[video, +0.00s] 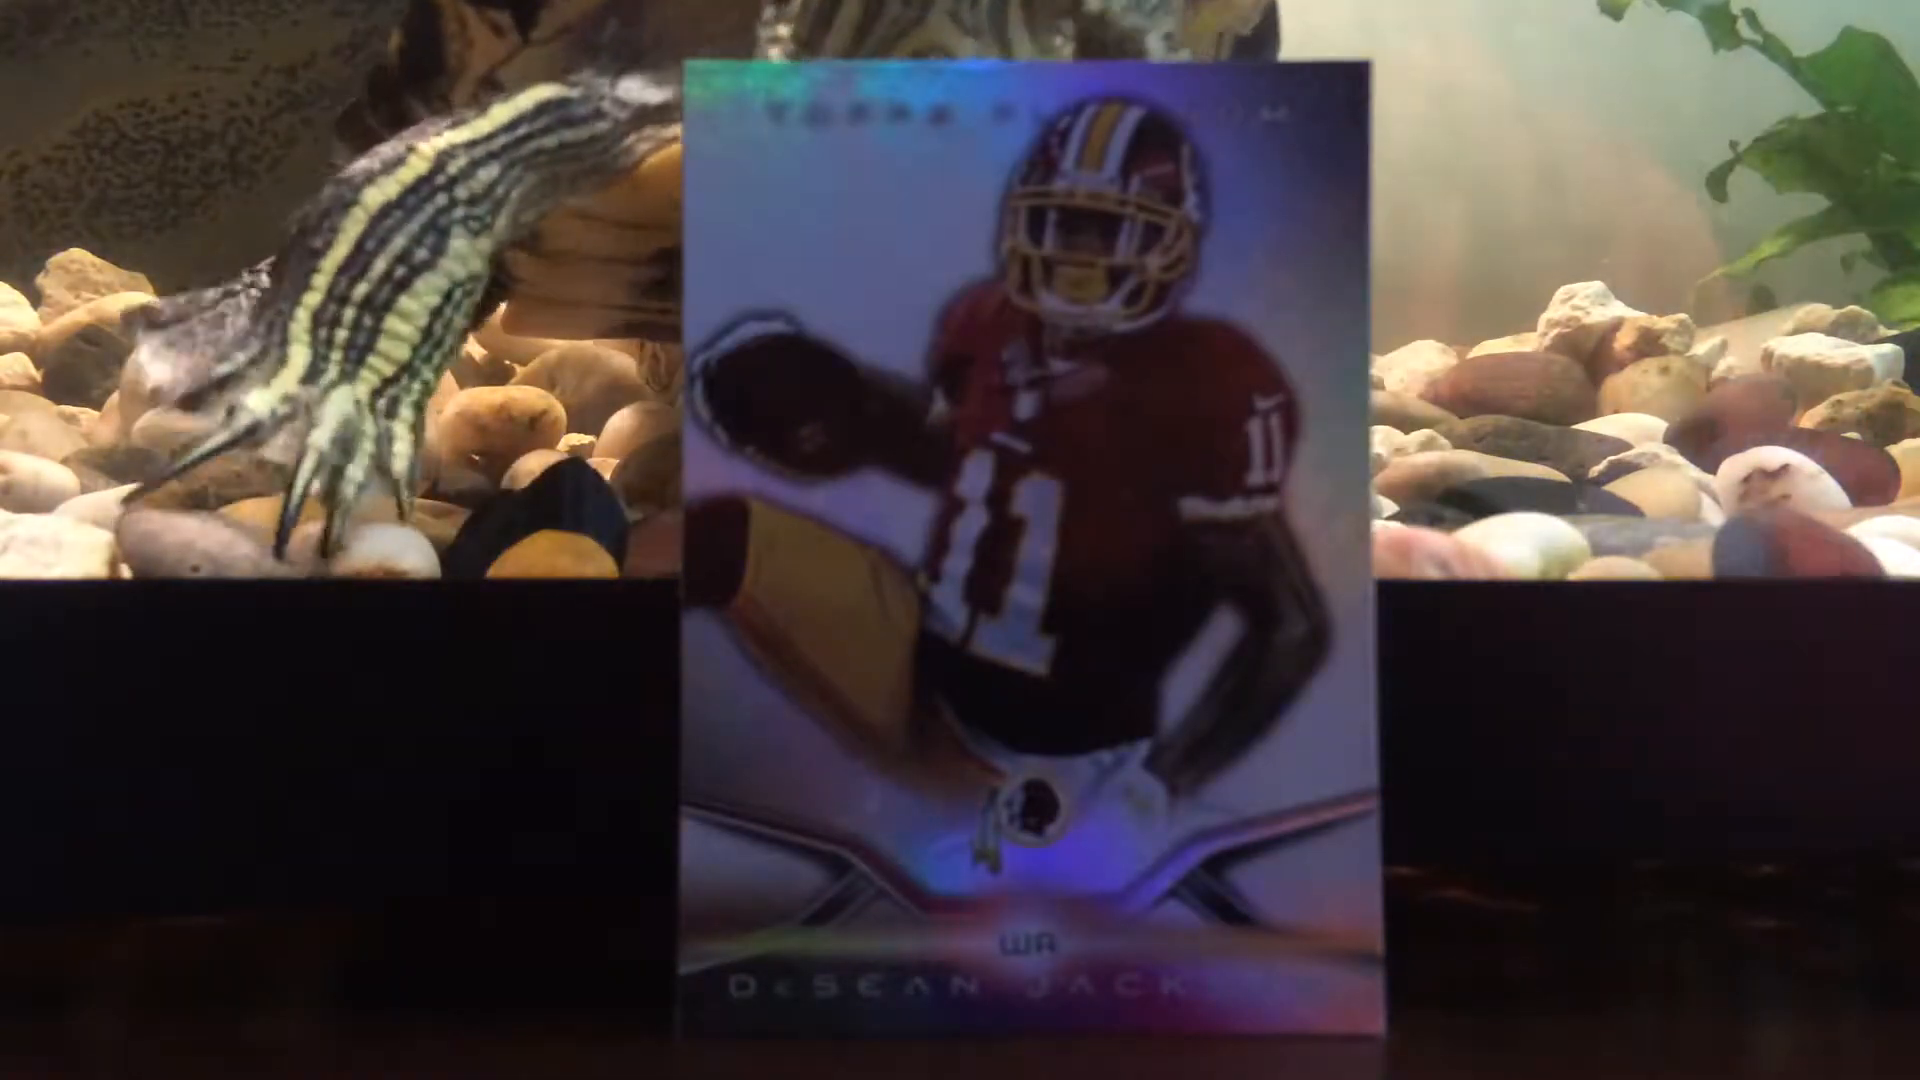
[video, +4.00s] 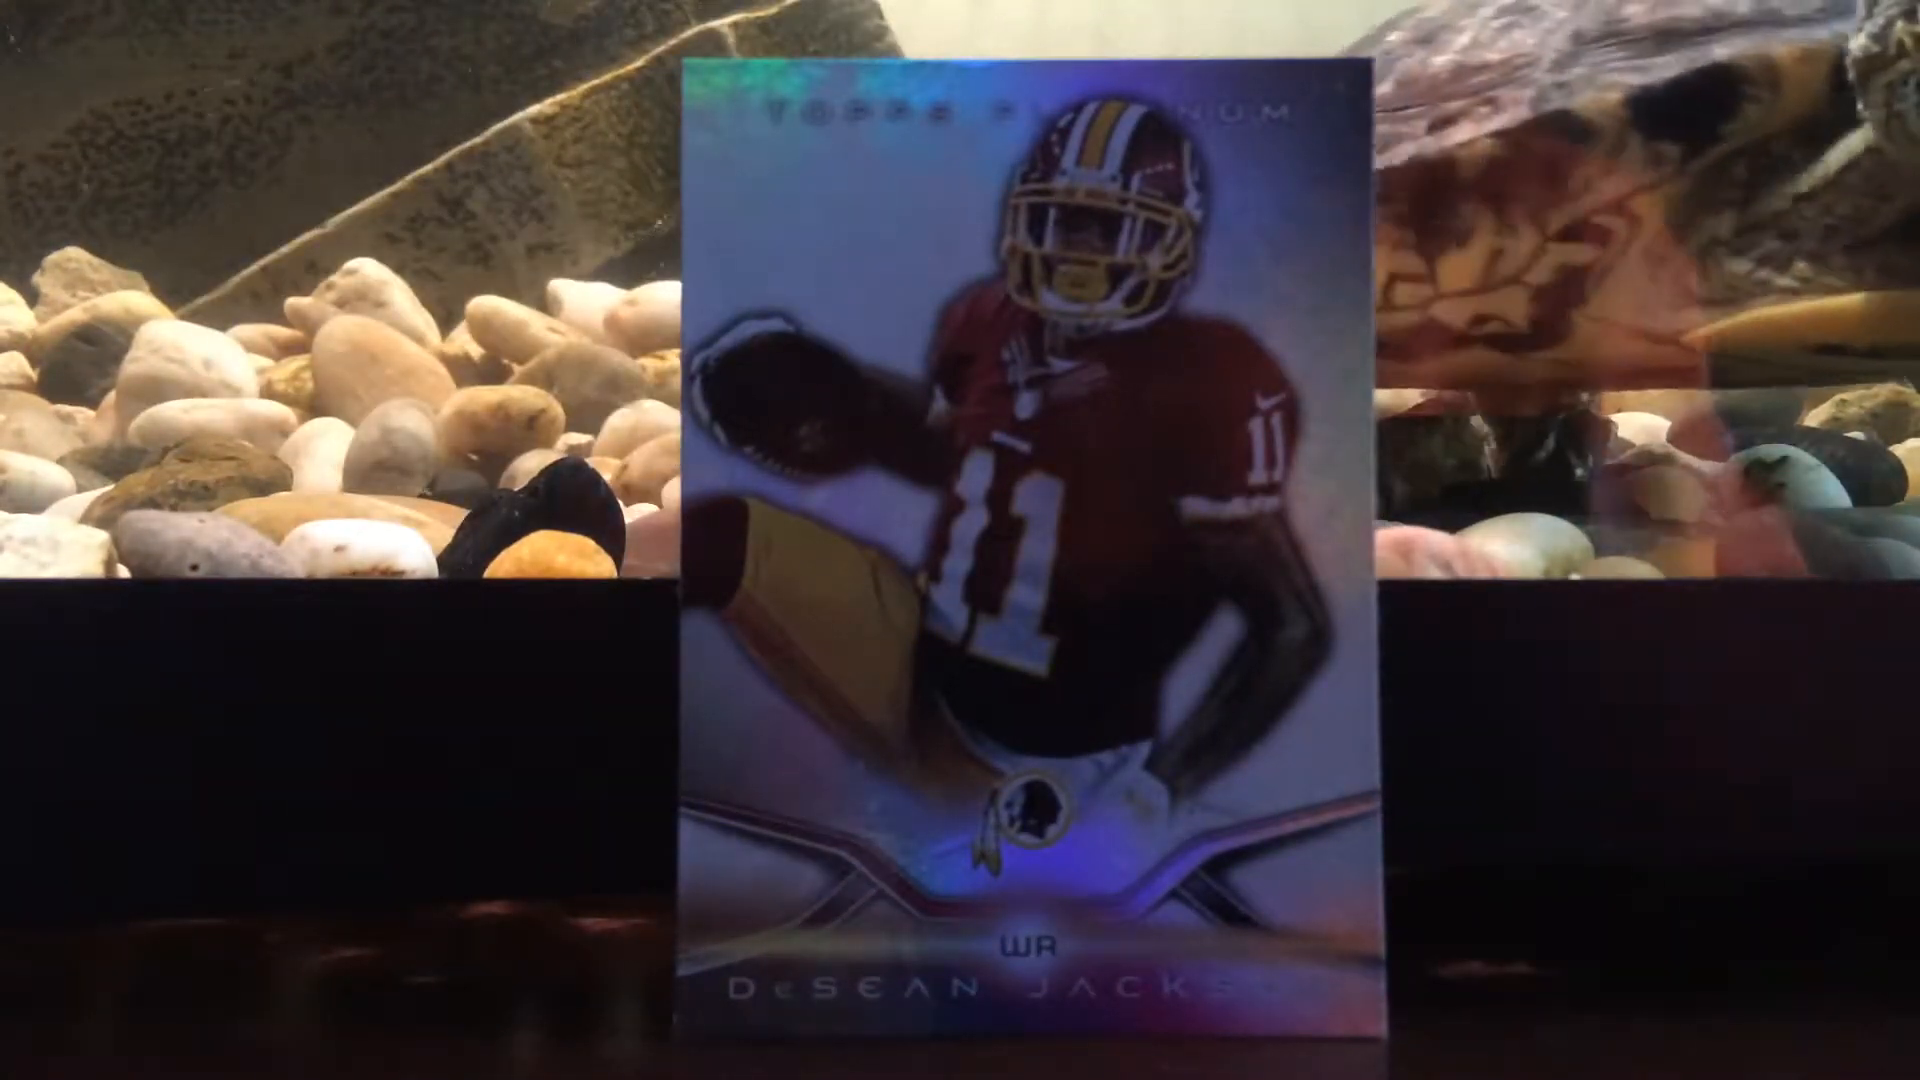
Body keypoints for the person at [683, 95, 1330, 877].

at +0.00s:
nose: (1080, 257)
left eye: (1114, 232)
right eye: (1061, 225)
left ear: (1176, 246)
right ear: (1021, 227)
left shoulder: (1213, 388)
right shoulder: (981, 327)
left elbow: (1292, 628)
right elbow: (959, 460)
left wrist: (1157, 787)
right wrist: (858, 416)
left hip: (1079, 749)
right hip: (929, 675)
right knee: (718, 538)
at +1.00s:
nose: (1079, 259)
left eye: (1114, 233)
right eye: (1060, 225)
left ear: (1175, 247)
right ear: (1020, 228)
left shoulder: (1216, 389)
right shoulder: (980, 327)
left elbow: (1293, 629)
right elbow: (957, 459)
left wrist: (1155, 789)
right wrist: (855, 413)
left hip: (1078, 753)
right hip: (930, 680)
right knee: (715, 538)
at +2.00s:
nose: (1079, 259)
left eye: (1114, 233)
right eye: (1059, 225)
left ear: (1175, 247)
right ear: (1020, 226)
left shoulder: (1217, 386)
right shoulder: (979, 325)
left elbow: (1294, 628)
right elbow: (958, 457)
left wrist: (1157, 792)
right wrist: (852, 411)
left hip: (1078, 753)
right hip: (929, 688)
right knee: (713, 539)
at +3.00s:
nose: (1080, 250)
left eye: (1115, 228)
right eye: (1061, 219)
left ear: (1176, 244)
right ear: (1022, 223)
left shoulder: (1215, 386)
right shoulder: (980, 324)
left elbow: (1294, 630)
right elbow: (957, 459)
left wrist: (1155, 792)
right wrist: (854, 412)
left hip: (1082, 756)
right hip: (930, 684)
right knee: (714, 537)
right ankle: (910, 796)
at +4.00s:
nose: (1080, 253)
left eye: (1114, 229)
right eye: (1060, 221)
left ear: (1175, 244)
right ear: (1021, 225)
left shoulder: (1214, 383)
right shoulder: (980, 325)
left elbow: (1294, 630)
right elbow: (955, 457)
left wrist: (1155, 793)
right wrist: (852, 411)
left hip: (1077, 758)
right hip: (927, 680)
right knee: (713, 535)